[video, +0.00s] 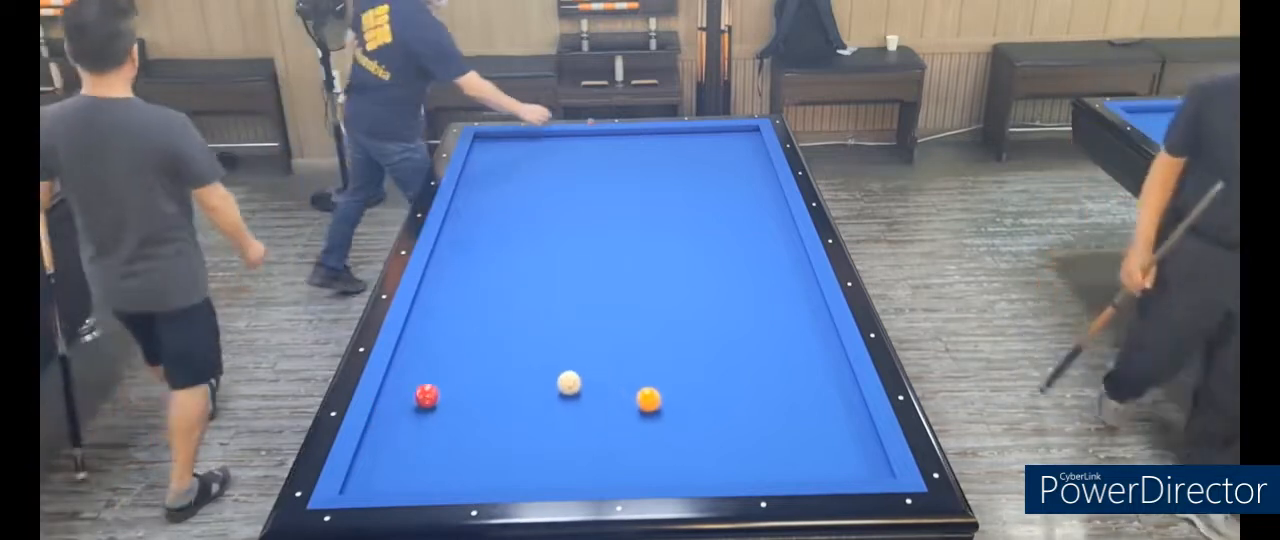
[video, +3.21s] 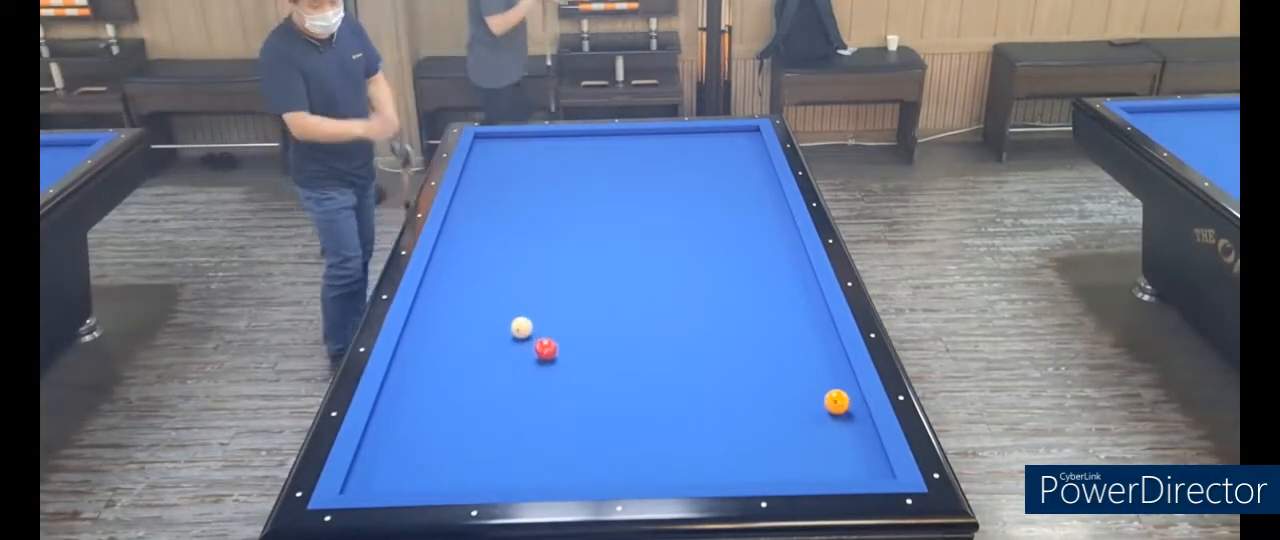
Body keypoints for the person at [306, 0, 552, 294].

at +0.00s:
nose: (447, 6)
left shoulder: (372, 8)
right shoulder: (425, 27)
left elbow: (356, 45)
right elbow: (470, 84)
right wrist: (522, 109)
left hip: (359, 122)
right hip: (393, 131)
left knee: (358, 193)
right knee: (431, 205)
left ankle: (330, 268)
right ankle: (440, 277)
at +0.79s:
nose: (466, 4)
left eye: (467, 2)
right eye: (463, 1)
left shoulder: (404, 7)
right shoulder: (428, 30)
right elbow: (439, 106)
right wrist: (483, 128)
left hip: (381, 131)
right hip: (407, 142)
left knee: (392, 212)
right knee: (429, 215)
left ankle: (380, 287)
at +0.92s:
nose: (445, 3)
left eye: (445, 0)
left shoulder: (410, 17)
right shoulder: (402, 29)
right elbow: (389, 99)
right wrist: (440, 132)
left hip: (395, 141)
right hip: (395, 146)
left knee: (392, 219)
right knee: (428, 216)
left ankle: (381, 293)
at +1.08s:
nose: (419, 1)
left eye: (419, 1)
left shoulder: (403, 18)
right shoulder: (372, 25)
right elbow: (341, 91)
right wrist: (396, 132)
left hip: (401, 146)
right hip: (382, 152)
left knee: (389, 226)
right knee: (429, 222)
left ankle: (381, 295)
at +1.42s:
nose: (379, 9)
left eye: (383, 6)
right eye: (371, 6)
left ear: (388, 2)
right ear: (349, 0)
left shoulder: (387, 19)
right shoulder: (328, 33)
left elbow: (393, 79)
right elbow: (301, 100)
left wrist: (407, 123)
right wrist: (351, 142)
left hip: (389, 155)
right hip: (355, 162)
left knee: (389, 241)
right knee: (376, 249)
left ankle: (386, 324)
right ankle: (365, 334)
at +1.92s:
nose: (328, 9)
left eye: (334, 1)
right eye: (316, 4)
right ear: (293, 5)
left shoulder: (353, 26)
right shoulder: (275, 52)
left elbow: (376, 82)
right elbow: (266, 127)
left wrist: (388, 135)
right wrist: (315, 121)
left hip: (368, 175)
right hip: (324, 185)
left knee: (373, 260)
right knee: (340, 272)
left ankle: (376, 338)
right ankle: (349, 353)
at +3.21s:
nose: (328, 7)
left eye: (333, 0)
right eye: (316, 3)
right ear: (290, 5)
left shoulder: (348, 27)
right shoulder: (279, 51)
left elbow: (375, 80)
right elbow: (299, 126)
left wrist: (390, 120)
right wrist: (366, 127)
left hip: (360, 171)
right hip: (322, 179)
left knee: (361, 259)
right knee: (345, 265)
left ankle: (357, 336)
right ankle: (340, 352)